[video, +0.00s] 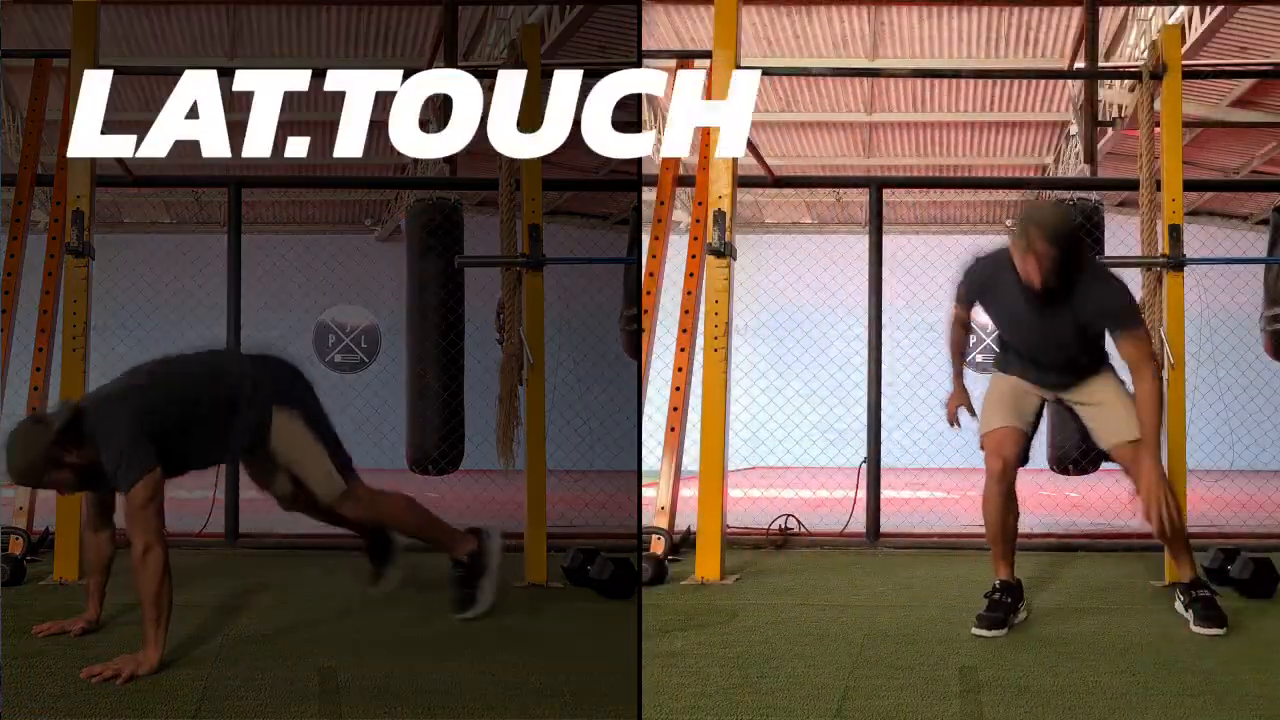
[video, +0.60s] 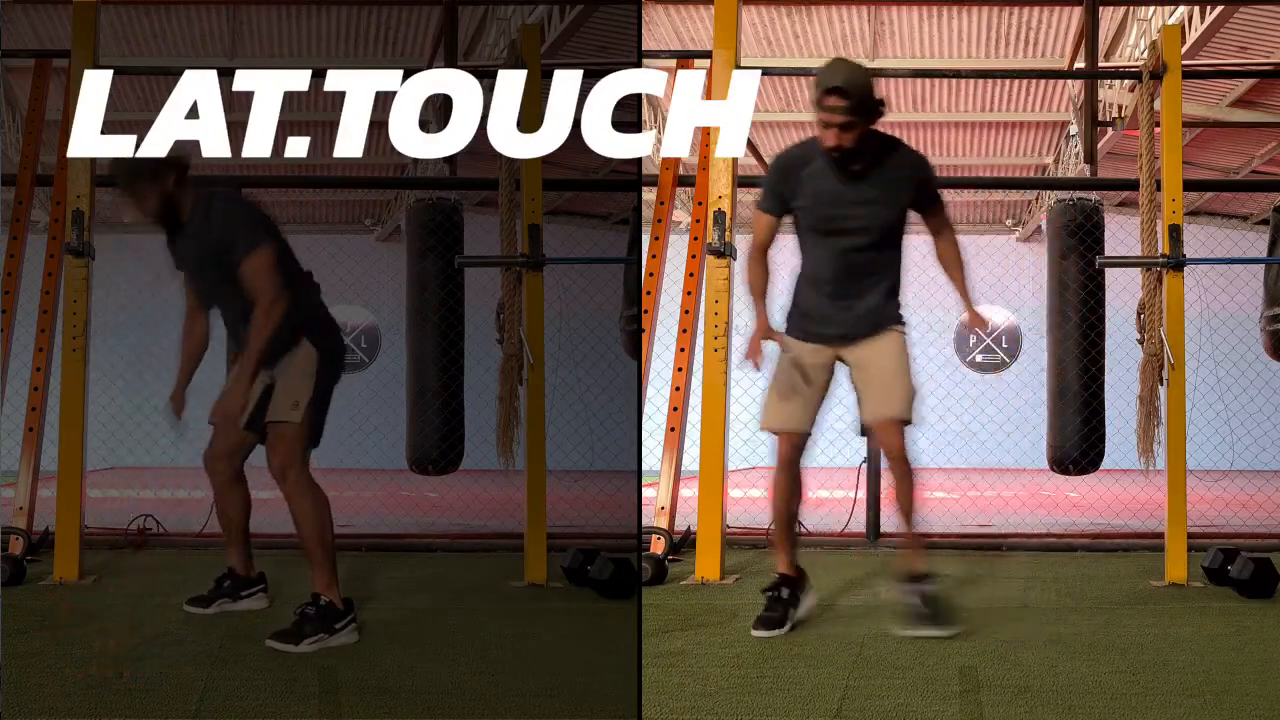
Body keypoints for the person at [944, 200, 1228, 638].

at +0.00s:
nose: (1035, 267)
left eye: (1045, 258)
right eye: (1027, 256)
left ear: (1063, 252)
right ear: (1013, 246)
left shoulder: (1100, 285)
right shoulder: (986, 273)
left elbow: (1146, 367)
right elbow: (960, 317)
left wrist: (1151, 462)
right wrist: (957, 381)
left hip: (1088, 374)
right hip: (1017, 371)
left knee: (1145, 470)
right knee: (998, 465)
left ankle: (1189, 581)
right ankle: (1004, 585)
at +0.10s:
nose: (994, 196)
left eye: (1004, 186)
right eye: (986, 184)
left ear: (1031, 177)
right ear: (977, 176)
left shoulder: (1072, 221)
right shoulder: (954, 221)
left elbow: (1116, 298)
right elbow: (934, 282)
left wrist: (1130, 376)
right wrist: (933, 350)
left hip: (1059, 350)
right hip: (987, 352)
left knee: (1100, 457)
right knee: (990, 462)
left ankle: (1145, 570)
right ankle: (1001, 583)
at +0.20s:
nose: (967, 157)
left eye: (980, 146)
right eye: (959, 144)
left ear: (1005, 136)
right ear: (949, 135)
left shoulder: (1043, 180)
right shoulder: (931, 185)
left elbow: (1088, 250)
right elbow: (911, 253)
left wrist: (1103, 325)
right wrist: (900, 324)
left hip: (1032, 330)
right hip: (958, 332)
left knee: (1061, 439)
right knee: (958, 442)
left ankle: (1068, 573)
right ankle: (970, 565)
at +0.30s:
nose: (939, 149)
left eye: (951, 137)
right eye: (930, 136)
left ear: (977, 130)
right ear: (920, 130)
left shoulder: (1015, 179)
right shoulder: (905, 184)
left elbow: (1066, 236)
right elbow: (881, 258)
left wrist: (1079, 311)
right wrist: (865, 326)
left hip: (1000, 338)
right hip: (929, 337)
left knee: (1018, 455)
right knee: (909, 448)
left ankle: (1025, 591)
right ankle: (895, 562)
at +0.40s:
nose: (906, 148)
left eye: (917, 137)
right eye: (898, 136)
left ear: (943, 131)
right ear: (889, 131)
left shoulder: (980, 184)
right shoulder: (873, 191)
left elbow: (1033, 248)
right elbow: (850, 273)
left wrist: (1054, 320)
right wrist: (821, 343)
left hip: (967, 355)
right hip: (891, 358)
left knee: (1000, 470)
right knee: (847, 469)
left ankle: (1021, 594)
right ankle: (815, 582)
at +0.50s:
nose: (871, 144)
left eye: (883, 132)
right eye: (863, 130)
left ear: (905, 126)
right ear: (850, 122)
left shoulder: (936, 177)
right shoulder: (826, 183)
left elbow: (981, 249)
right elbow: (804, 261)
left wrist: (1013, 317)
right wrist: (792, 328)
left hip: (917, 348)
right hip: (844, 348)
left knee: (958, 467)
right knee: (811, 466)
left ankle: (1007, 589)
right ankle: (796, 586)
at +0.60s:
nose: (833, 139)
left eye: (846, 127)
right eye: (824, 126)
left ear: (871, 117)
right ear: (813, 116)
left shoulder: (905, 166)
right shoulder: (792, 165)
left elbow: (942, 232)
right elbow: (758, 246)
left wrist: (968, 304)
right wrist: (760, 318)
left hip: (877, 328)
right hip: (807, 328)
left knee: (891, 439)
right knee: (786, 449)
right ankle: (786, 578)